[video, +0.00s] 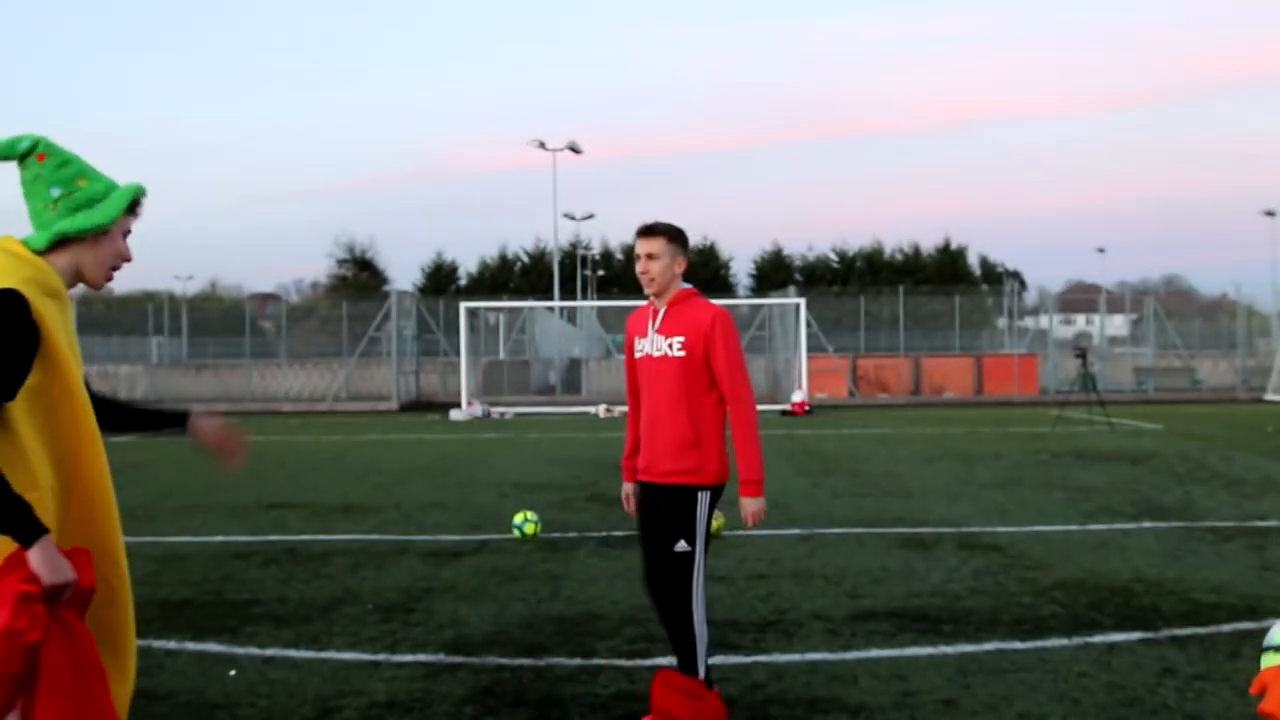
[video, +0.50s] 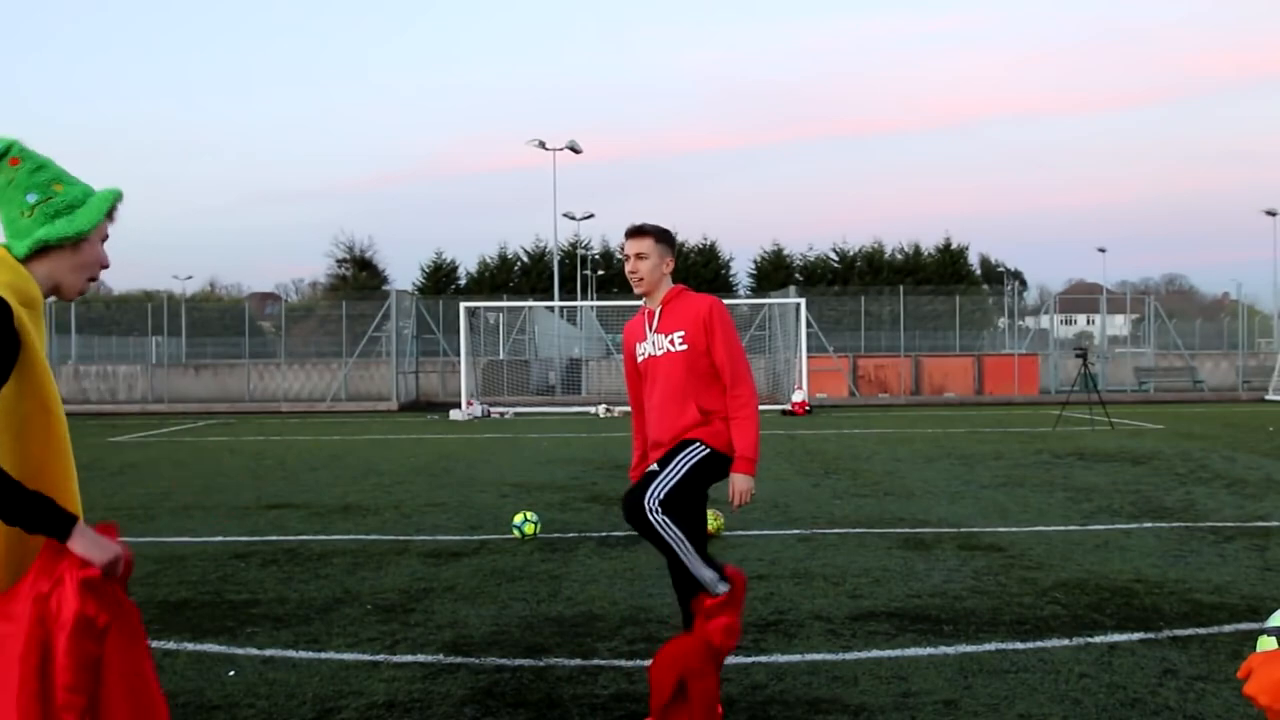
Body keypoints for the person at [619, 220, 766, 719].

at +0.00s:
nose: (643, 268)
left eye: (653, 258)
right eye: (638, 259)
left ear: (681, 263)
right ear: (635, 265)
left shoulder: (711, 319)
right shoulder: (638, 322)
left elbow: (741, 402)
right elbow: (635, 403)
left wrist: (751, 485)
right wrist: (629, 471)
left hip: (695, 475)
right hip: (653, 476)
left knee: (683, 588)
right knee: (659, 584)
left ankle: (698, 691)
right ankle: (693, 683)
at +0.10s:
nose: (633, 270)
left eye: (642, 261)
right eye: (629, 262)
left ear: (670, 264)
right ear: (628, 270)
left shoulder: (705, 316)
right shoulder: (633, 330)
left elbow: (736, 396)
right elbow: (634, 411)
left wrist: (749, 476)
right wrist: (632, 480)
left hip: (702, 466)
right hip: (660, 471)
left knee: (668, 578)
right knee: (676, 582)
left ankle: (698, 692)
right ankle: (693, 690)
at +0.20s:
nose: (628, 272)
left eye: (637, 262)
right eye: (624, 264)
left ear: (664, 265)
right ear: (625, 271)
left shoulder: (703, 313)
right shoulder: (635, 332)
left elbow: (738, 391)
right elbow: (638, 413)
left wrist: (745, 472)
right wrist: (632, 482)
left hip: (704, 459)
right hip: (664, 466)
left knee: (661, 558)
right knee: (675, 571)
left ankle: (697, 684)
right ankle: (696, 686)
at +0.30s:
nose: (628, 271)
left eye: (636, 261)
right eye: (623, 263)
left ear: (664, 263)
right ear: (624, 271)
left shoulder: (703, 310)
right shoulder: (635, 332)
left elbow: (738, 388)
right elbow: (644, 416)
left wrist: (743, 468)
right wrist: (637, 482)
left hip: (706, 449)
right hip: (666, 459)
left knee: (655, 527)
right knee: (684, 566)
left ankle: (693, 634)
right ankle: (702, 694)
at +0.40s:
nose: (628, 268)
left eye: (637, 258)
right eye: (624, 261)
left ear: (664, 262)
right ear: (624, 269)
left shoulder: (704, 309)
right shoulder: (633, 332)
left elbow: (739, 389)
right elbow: (641, 415)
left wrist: (742, 465)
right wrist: (639, 481)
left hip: (706, 442)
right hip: (664, 454)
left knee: (647, 512)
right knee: (687, 569)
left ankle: (700, 605)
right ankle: (703, 693)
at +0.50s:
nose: (631, 267)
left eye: (640, 258)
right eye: (627, 259)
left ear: (667, 262)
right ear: (627, 267)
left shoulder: (706, 310)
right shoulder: (633, 330)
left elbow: (741, 389)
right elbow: (640, 410)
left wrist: (744, 465)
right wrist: (639, 472)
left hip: (707, 438)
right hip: (663, 451)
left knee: (644, 503)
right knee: (681, 555)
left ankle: (719, 587)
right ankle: (701, 659)